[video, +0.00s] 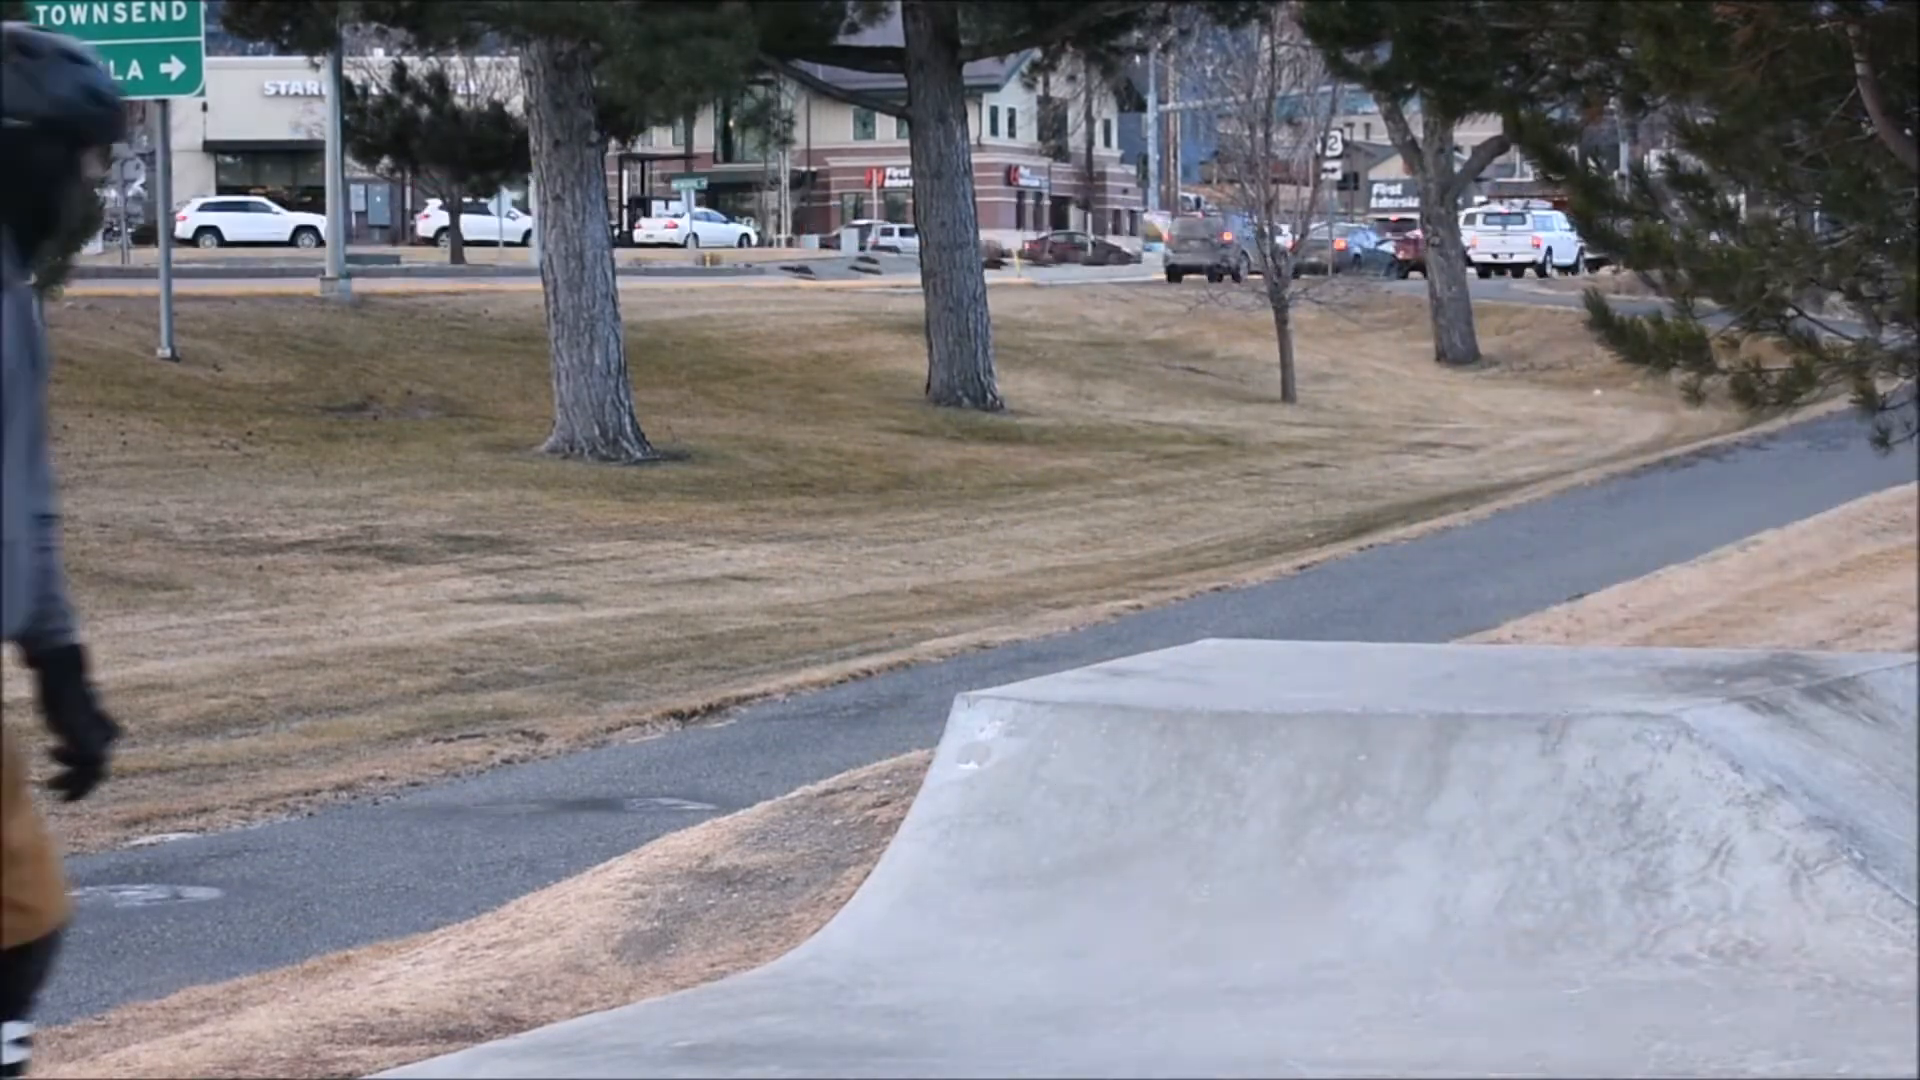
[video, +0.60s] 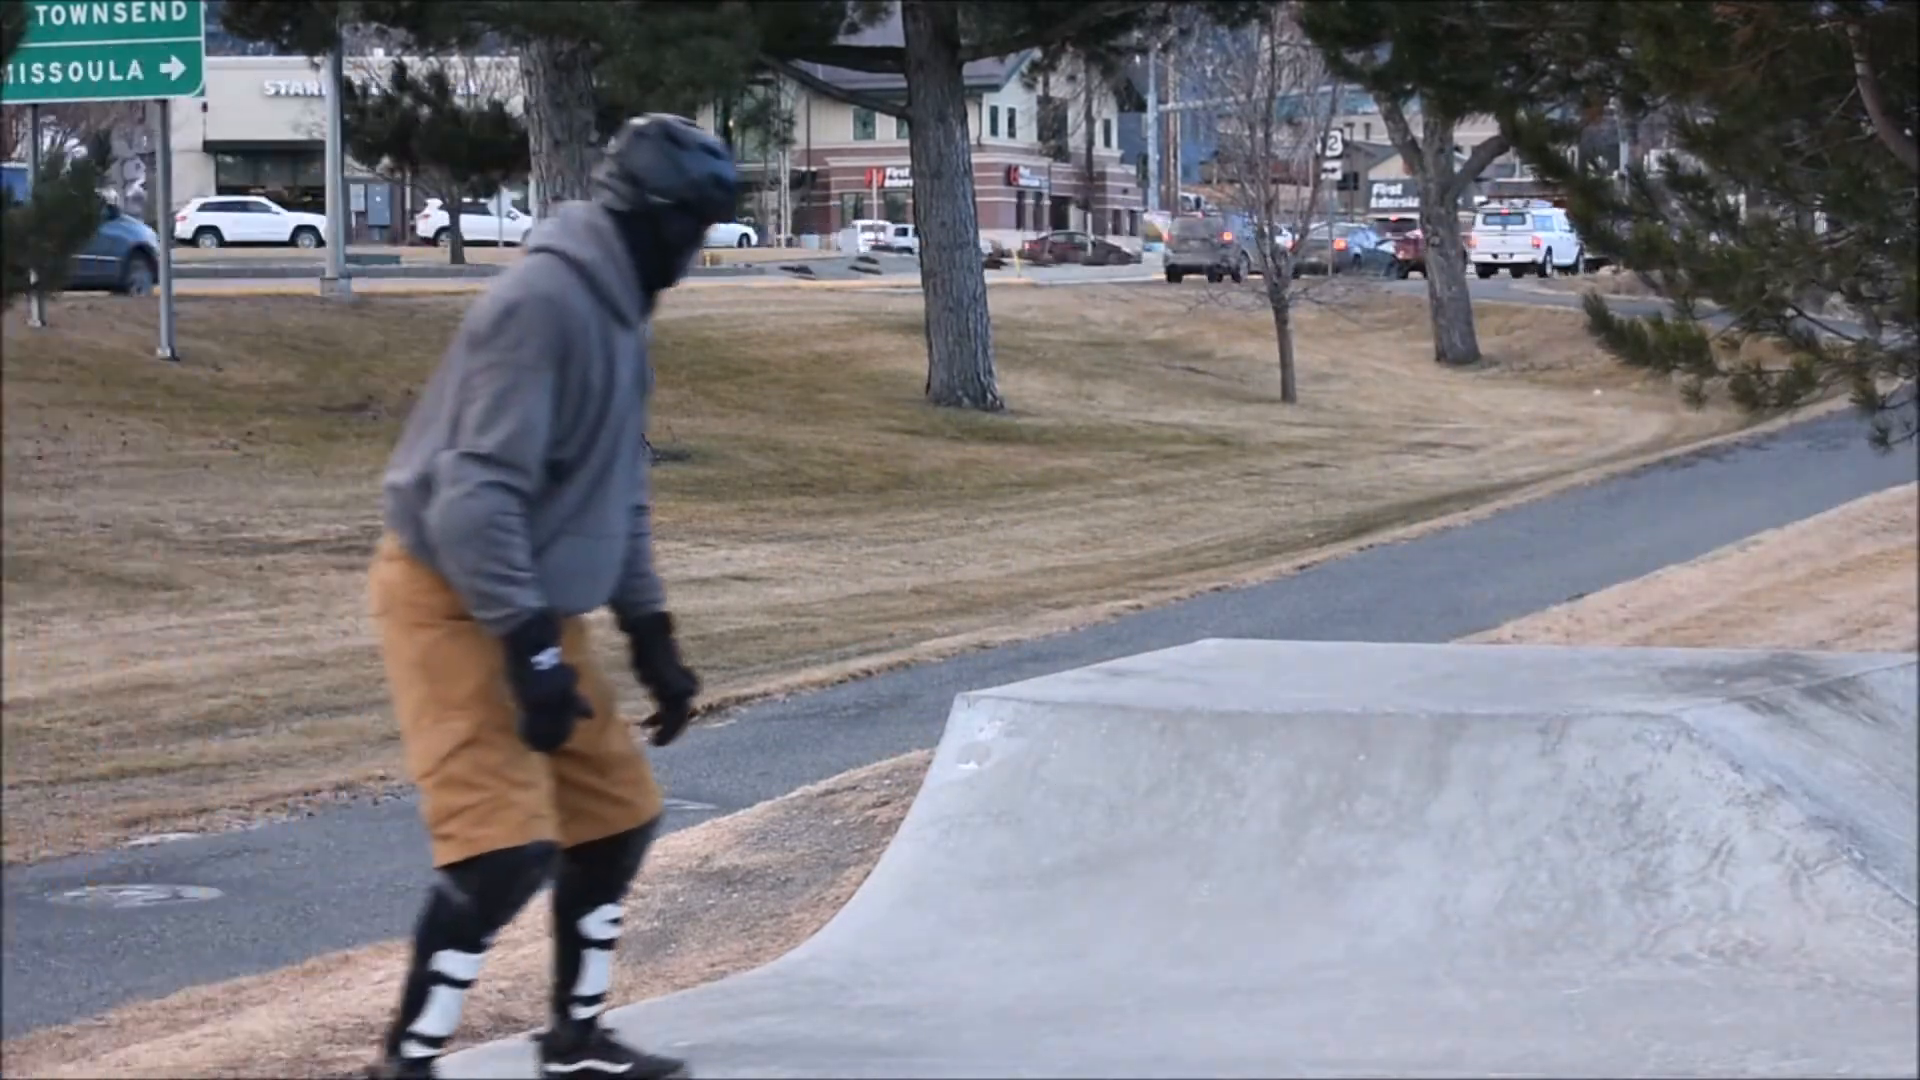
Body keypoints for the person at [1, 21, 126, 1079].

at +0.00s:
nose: (97, 185)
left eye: (99, 161)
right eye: (86, 159)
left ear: (38, 162)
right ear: (31, 159)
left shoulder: (18, 292)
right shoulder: (10, 295)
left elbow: (25, 497)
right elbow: (22, 498)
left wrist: (61, 668)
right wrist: (62, 668)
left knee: (29, 913)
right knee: (29, 915)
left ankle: (11, 1039)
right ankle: (6, 1042)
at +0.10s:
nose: (203, 190)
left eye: (209, 168)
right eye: (194, 165)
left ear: (165, 156)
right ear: (137, 152)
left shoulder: (124, 262)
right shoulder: (26, 263)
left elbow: (138, 495)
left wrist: (178, 660)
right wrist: (17, 682)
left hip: (72, 651)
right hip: (1, 657)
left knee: (130, 901)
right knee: (13, 924)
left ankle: (101, 1070)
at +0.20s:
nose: (320, 208)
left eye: (325, 185)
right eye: (312, 181)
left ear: (260, 170)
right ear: (257, 166)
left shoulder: (235, 289)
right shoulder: (140, 274)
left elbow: (245, 501)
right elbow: (71, 489)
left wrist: (287, 658)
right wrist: (136, 669)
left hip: (167, 630)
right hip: (54, 625)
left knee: (242, 881)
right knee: (103, 909)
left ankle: (205, 1069)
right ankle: (22, 1059)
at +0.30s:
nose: (425, 217)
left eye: (431, 196)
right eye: (420, 191)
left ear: (372, 176)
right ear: (372, 175)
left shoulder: (341, 290)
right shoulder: (257, 278)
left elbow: (347, 498)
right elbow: (188, 489)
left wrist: (387, 647)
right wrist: (248, 660)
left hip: (268, 611)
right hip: (159, 603)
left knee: (344, 862)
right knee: (212, 890)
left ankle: (307, 1069)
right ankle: (128, 1069)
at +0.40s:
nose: (524, 226)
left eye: (530, 206)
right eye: (518, 201)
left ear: (474, 188)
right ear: (469, 186)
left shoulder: (441, 299)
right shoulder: (360, 285)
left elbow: (442, 500)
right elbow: (291, 491)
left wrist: (477, 642)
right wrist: (352, 656)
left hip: (363, 605)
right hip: (259, 595)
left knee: (437, 844)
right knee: (313, 871)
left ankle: (401, 1059)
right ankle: (224, 1069)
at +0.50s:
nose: (616, 238)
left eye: (623, 218)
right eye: (613, 214)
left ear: (569, 200)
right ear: (565, 198)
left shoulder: (533, 305)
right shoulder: (454, 293)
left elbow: (534, 495)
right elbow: (386, 491)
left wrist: (564, 637)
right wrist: (446, 653)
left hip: (455, 599)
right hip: (354, 588)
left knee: (527, 828)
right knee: (409, 858)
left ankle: (491, 1050)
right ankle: (316, 1067)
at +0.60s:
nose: (699, 247)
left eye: (706, 228)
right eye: (695, 224)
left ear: (653, 211)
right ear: (650, 209)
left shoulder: (615, 311)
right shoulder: (541, 301)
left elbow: (615, 495)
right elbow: (474, 491)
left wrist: (649, 630)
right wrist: (529, 646)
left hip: (545, 597)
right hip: (444, 588)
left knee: (614, 816)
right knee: (503, 844)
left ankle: (576, 1034)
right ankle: (407, 1057)